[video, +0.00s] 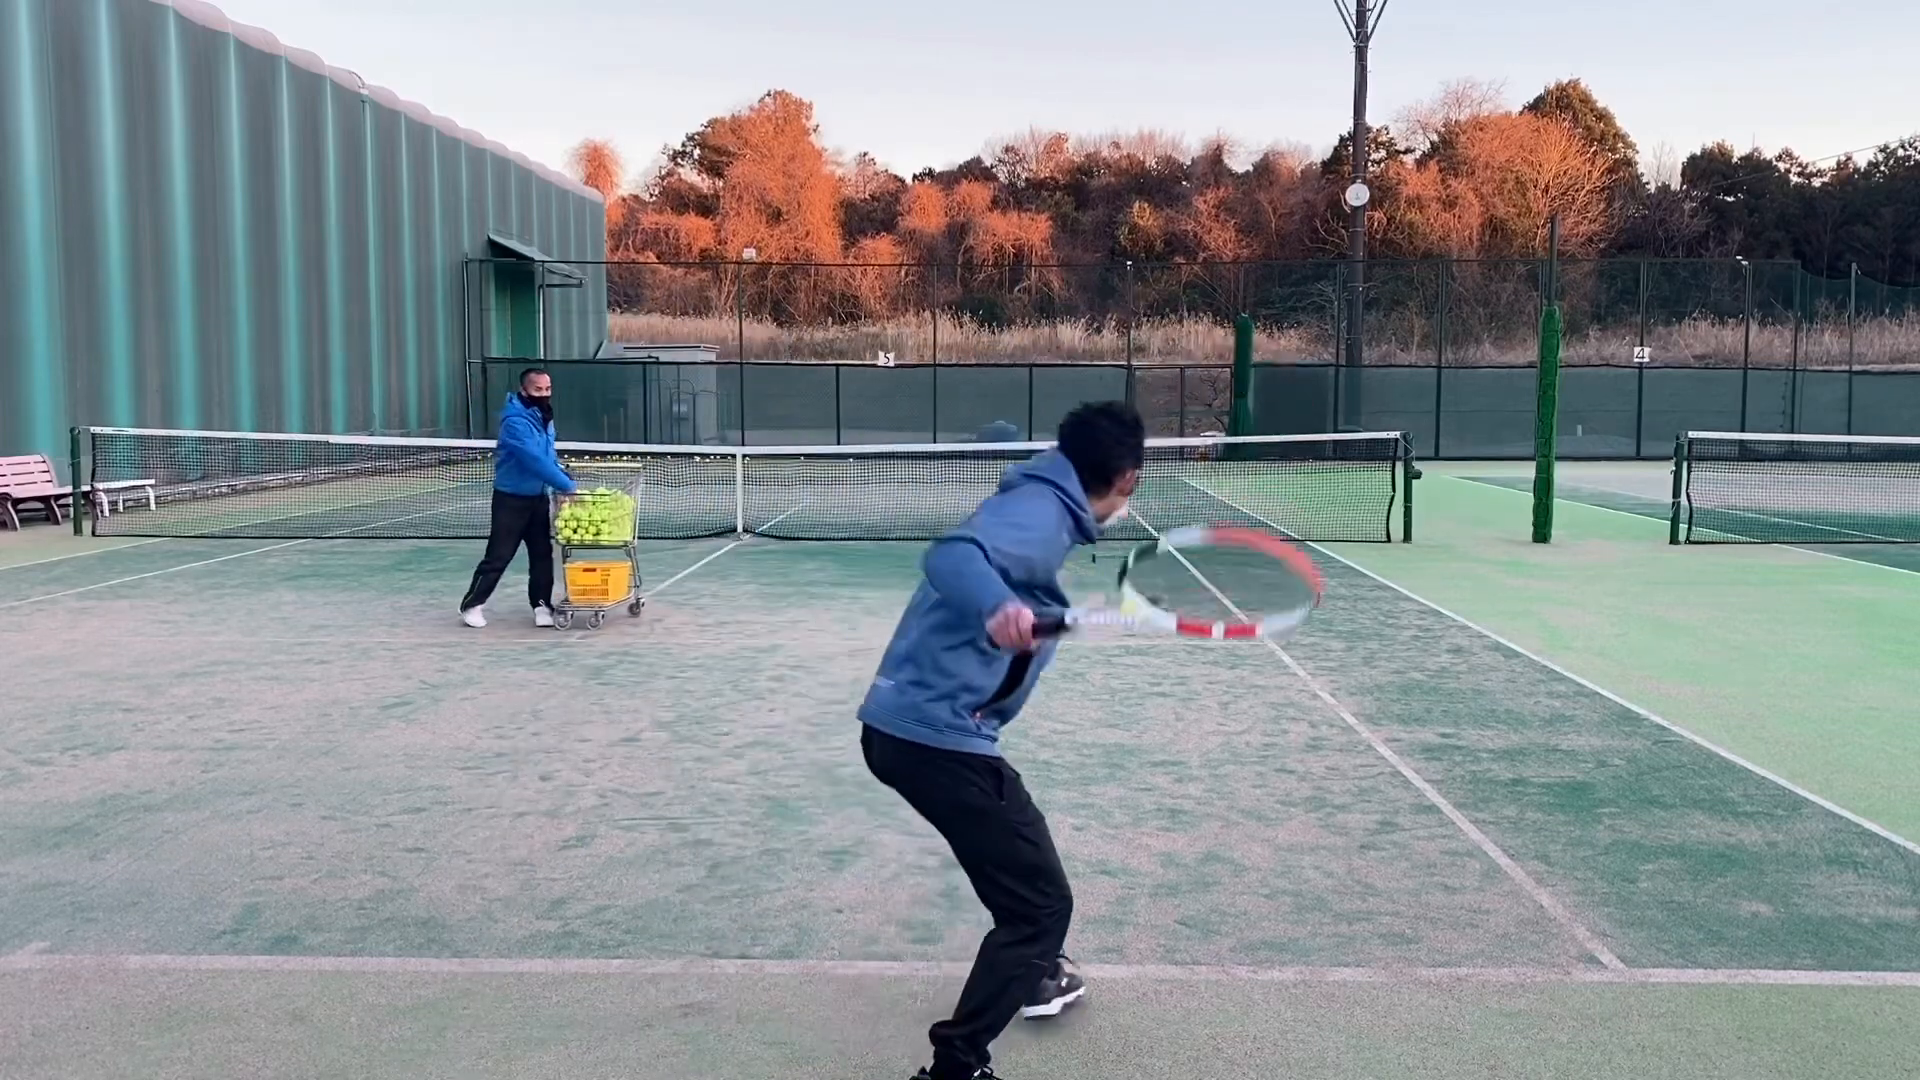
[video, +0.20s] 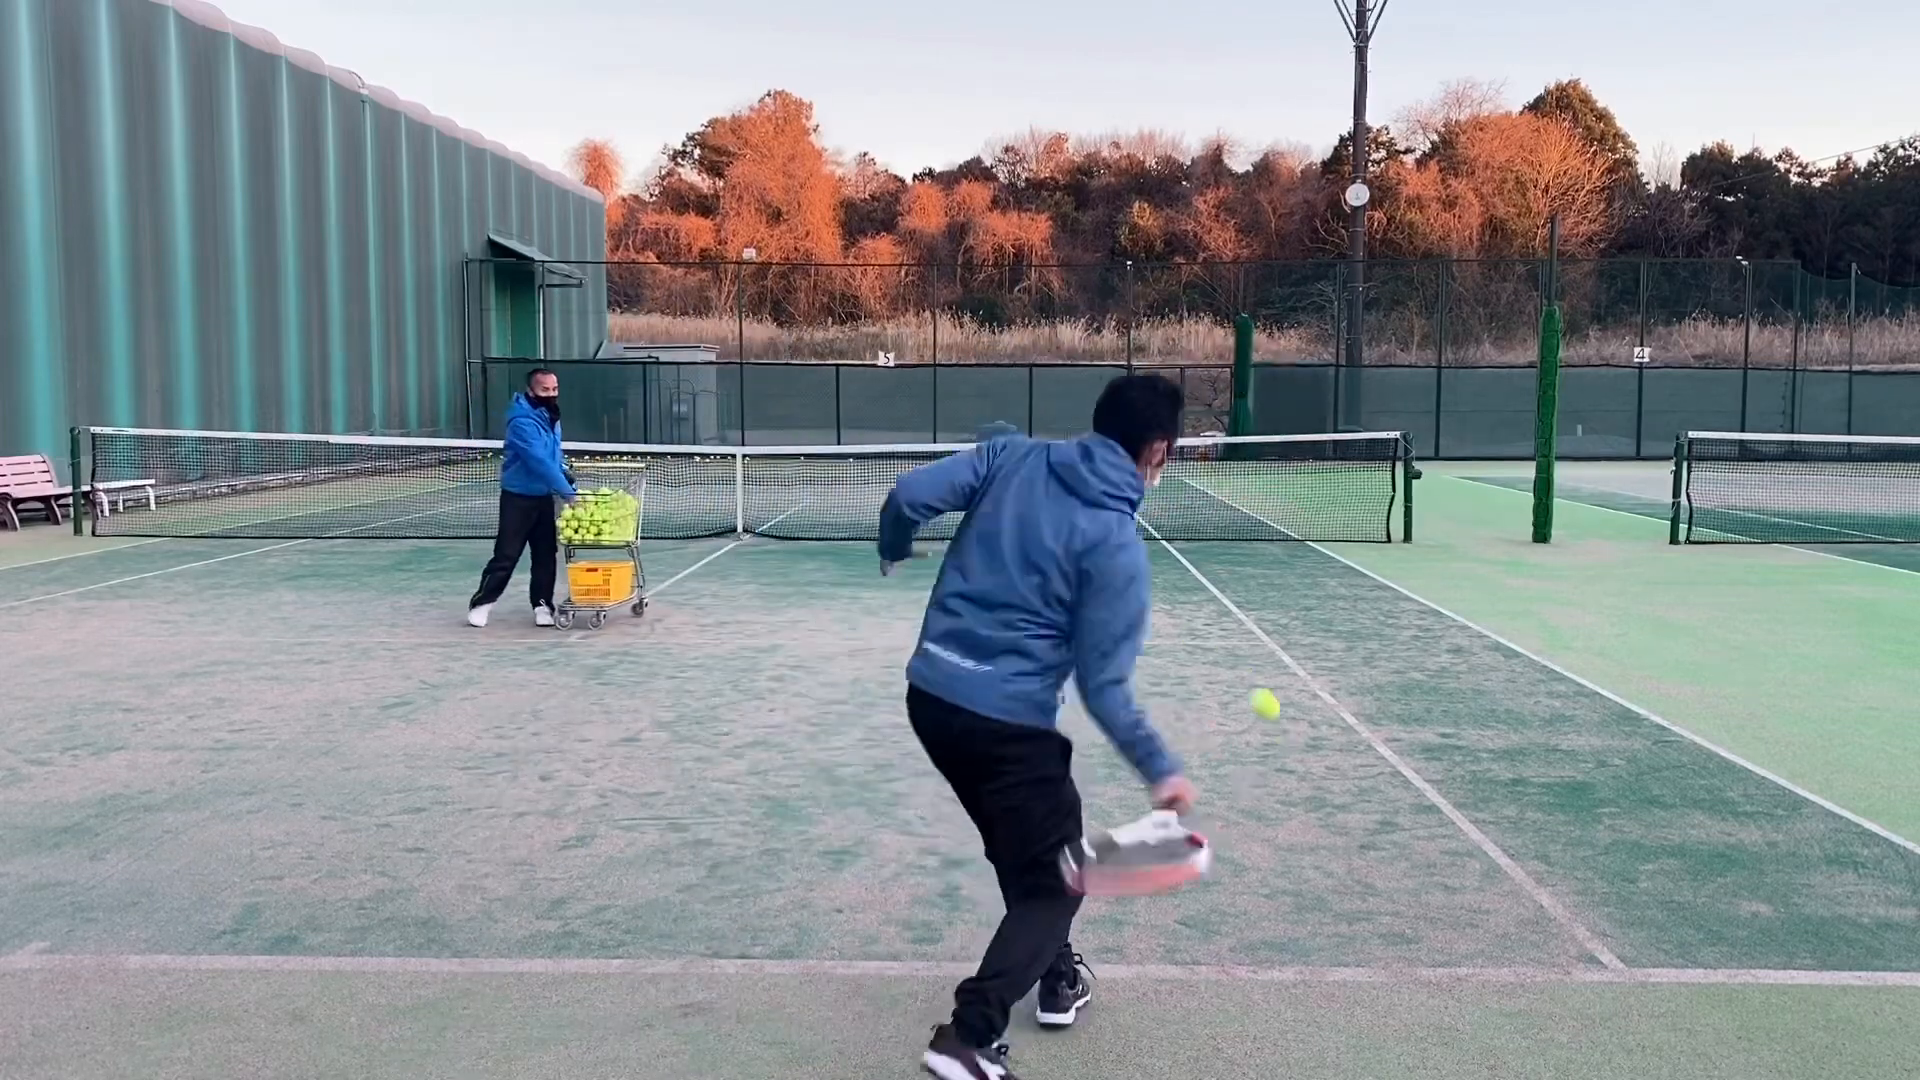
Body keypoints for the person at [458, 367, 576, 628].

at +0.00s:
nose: (545, 393)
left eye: (548, 389)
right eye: (539, 389)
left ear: (549, 390)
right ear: (525, 390)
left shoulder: (543, 416)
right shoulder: (514, 421)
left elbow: (548, 455)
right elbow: (534, 459)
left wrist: (564, 481)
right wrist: (568, 486)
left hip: (537, 497)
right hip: (510, 498)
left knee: (542, 554)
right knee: (499, 555)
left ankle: (541, 606)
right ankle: (471, 605)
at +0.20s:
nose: (552, 393)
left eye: (554, 389)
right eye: (546, 389)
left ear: (556, 390)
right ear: (532, 390)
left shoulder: (549, 416)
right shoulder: (521, 420)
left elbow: (553, 454)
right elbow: (538, 460)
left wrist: (567, 476)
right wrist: (567, 492)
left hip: (543, 495)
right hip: (518, 496)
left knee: (545, 554)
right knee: (507, 554)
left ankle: (542, 605)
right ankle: (482, 604)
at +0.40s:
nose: (554, 393)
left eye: (557, 389)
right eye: (548, 389)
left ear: (558, 390)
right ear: (534, 391)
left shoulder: (552, 416)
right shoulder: (524, 421)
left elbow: (557, 451)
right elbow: (541, 463)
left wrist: (564, 471)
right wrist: (571, 493)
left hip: (545, 494)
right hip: (521, 496)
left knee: (547, 553)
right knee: (510, 554)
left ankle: (542, 605)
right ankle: (484, 603)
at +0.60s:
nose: (552, 392)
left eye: (555, 388)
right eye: (545, 389)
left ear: (557, 388)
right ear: (532, 390)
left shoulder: (555, 415)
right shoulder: (522, 421)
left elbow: (560, 448)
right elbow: (539, 463)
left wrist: (563, 468)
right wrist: (573, 492)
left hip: (548, 493)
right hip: (522, 495)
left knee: (548, 553)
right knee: (512, 553)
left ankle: (543, 604)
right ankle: (489, 601)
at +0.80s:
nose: (544, 390)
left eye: (548, 386)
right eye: (538, 386)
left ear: (551, 387)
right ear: (526, 387)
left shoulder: (556, 416)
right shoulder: (515, 418)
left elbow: (564, 451)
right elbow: (517, 463)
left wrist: (566, 468)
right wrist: (555, 474)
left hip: (548, 495)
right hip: (520, 496)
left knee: (549, 552)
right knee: (516, 552)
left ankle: (543, 604)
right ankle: (509, 602)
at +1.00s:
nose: (527, 390)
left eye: (532, 385)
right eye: (522, 386)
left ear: (538, 386)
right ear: (512, 387)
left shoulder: (550, 415)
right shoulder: (501, 419)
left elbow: (565, 451)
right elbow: (502, 464)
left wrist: (563, 470)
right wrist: (527, 471)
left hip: (545, 496)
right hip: (514, 497)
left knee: (547, 553)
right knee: (513, 553)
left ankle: (543, 605)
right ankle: (512, 603)